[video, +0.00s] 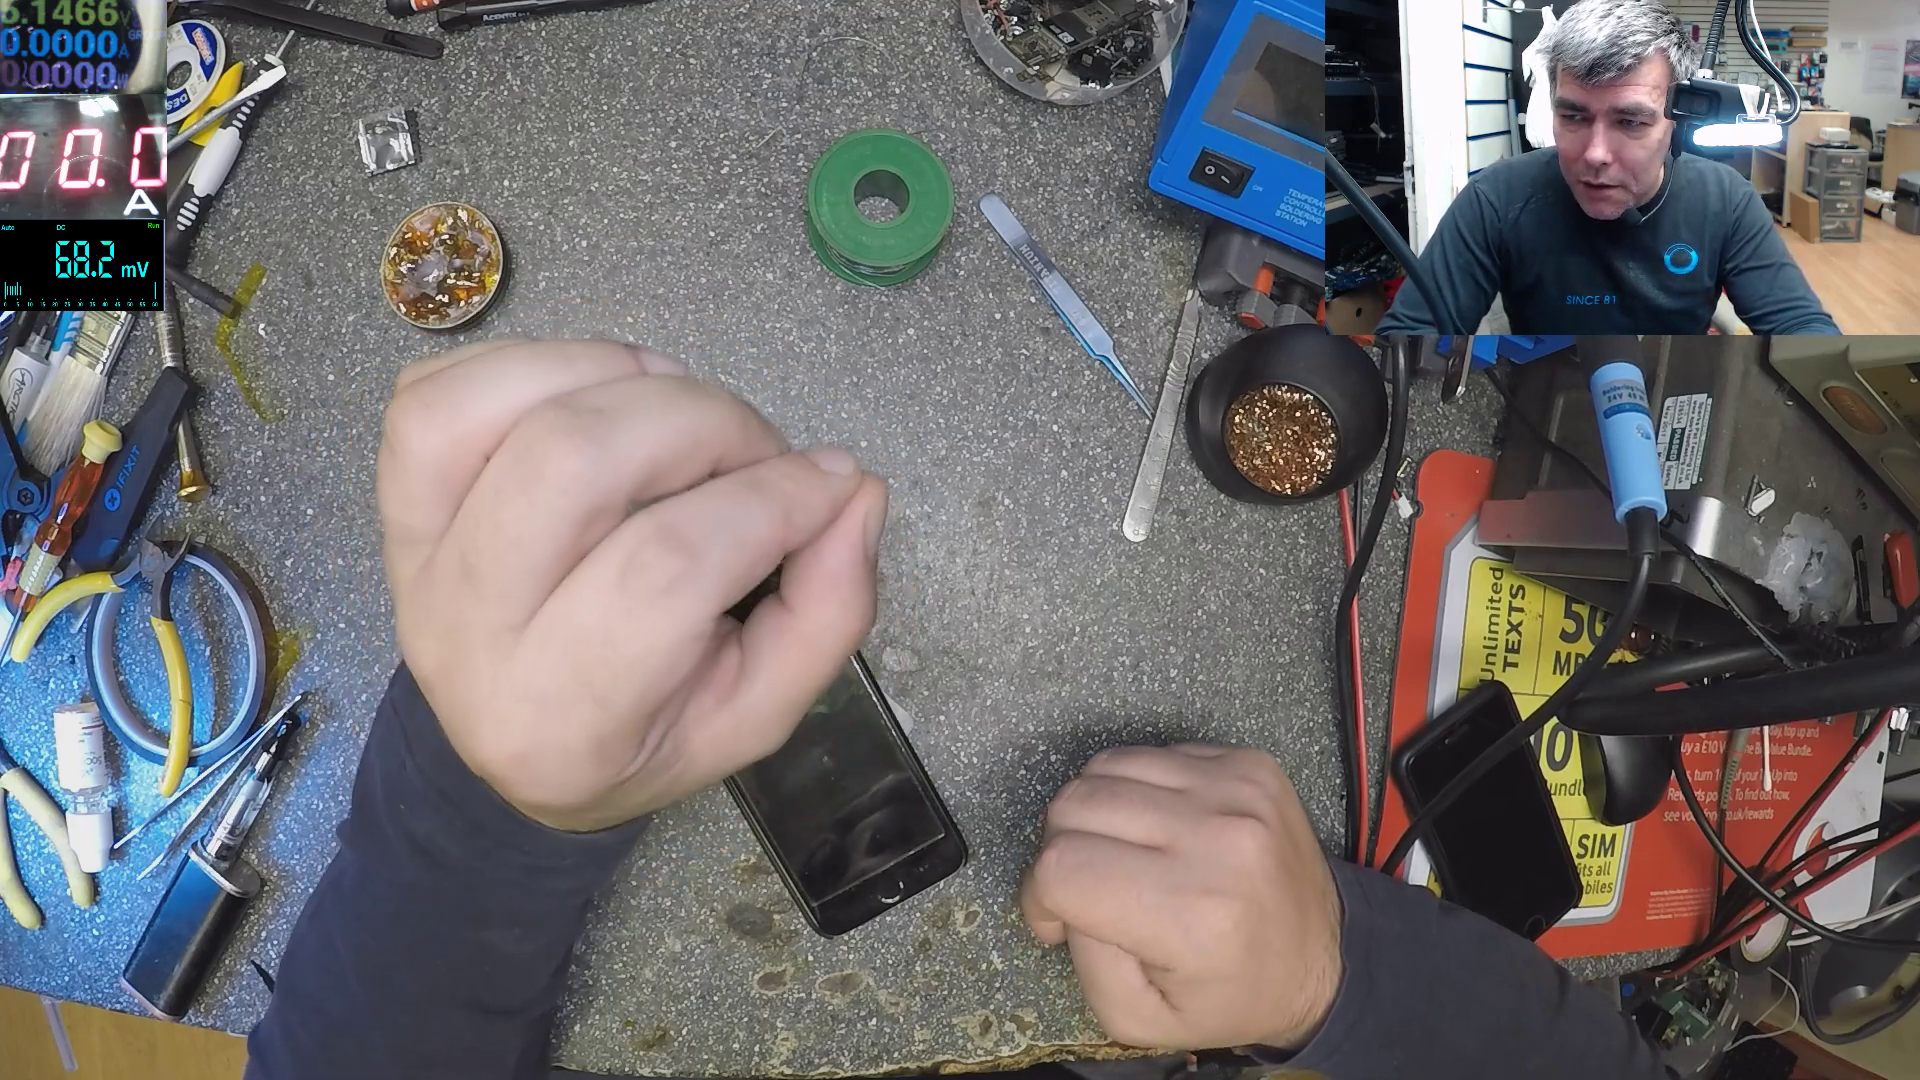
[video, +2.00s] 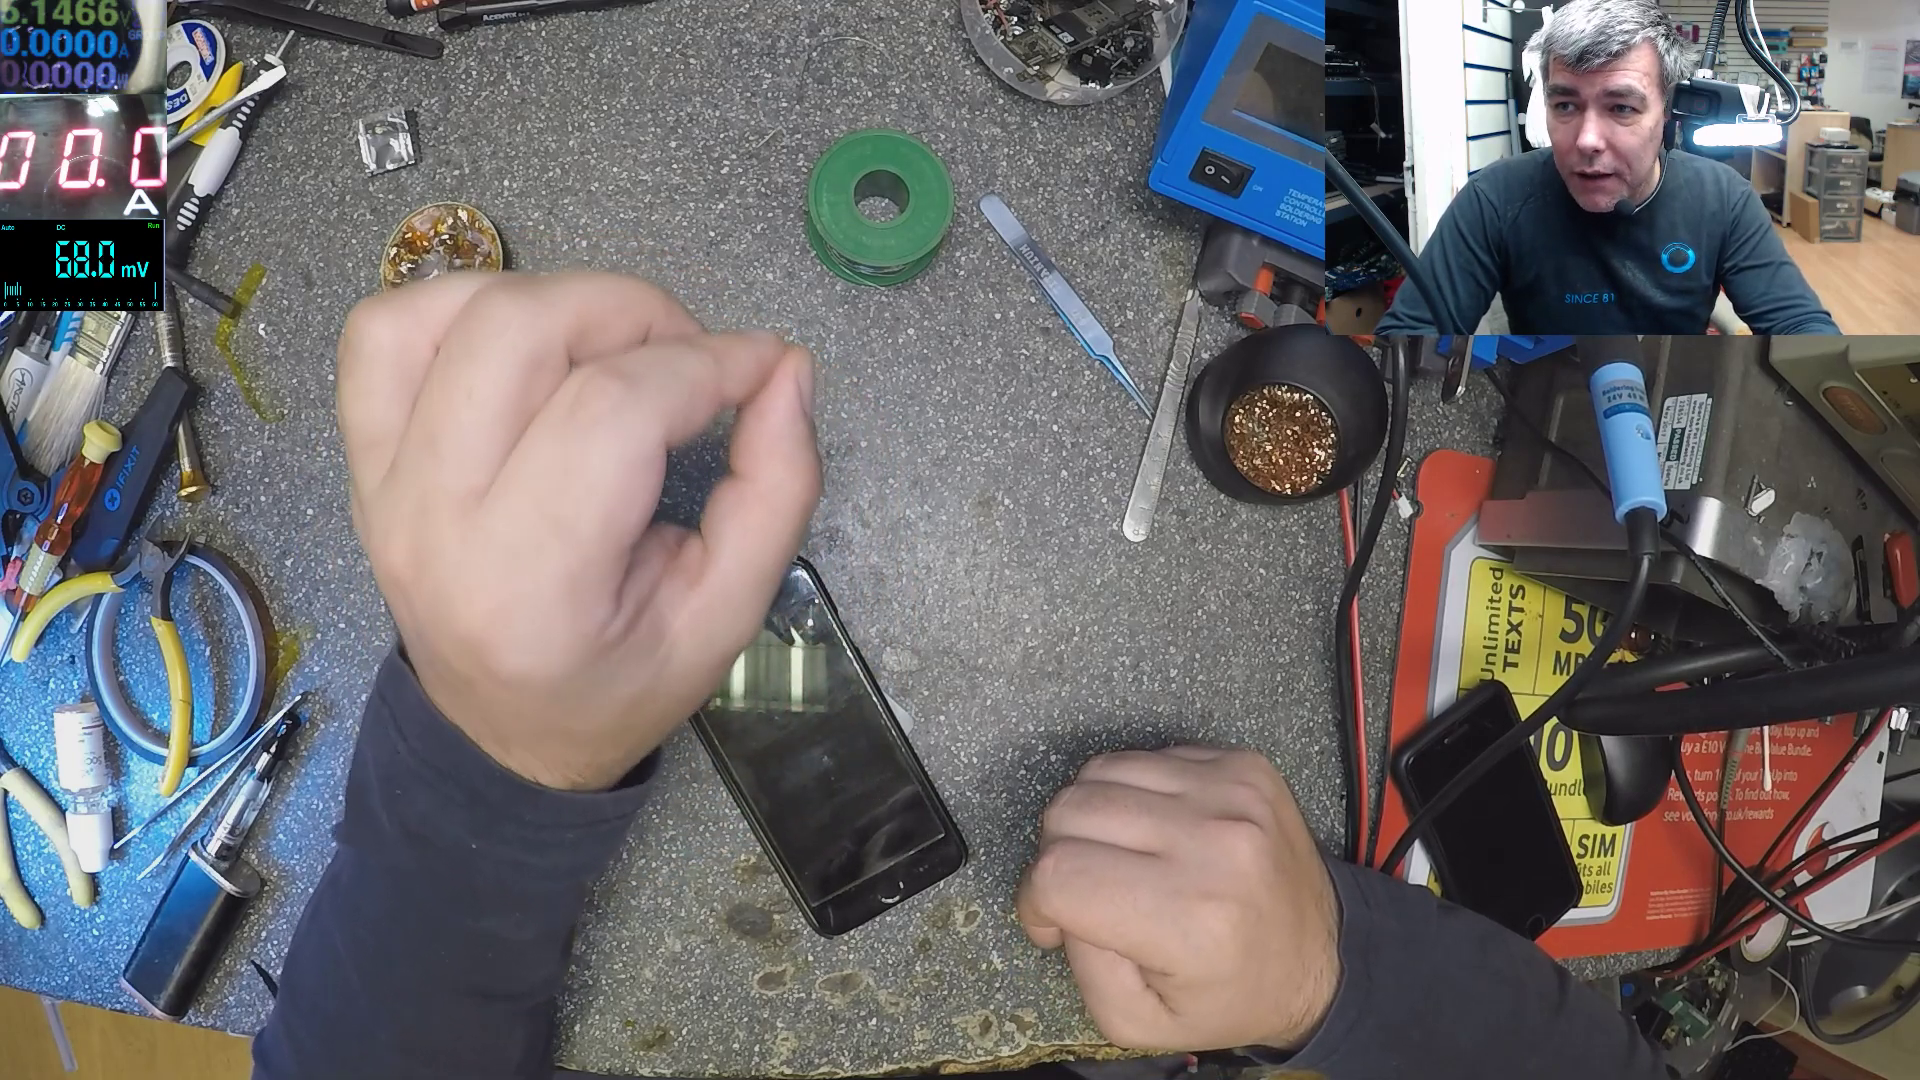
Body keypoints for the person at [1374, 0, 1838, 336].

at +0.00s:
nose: (1596, 155)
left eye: (1631, 122)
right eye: (1575, 116)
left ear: (1671, 118)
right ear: (1549, 109)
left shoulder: (1723, 202)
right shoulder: (1497, 203)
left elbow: (1805, 331)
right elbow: (1406, 335)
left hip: (1680, 420)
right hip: (1544, 421)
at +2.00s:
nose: (1588, 142)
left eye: (1622, 110)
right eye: (1567, 106)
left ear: (1665, 116)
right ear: (1543, 109)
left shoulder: (1720, 199)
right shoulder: (1495, 203)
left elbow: (1802, 329)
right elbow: (1407, 338)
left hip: (1680, 423)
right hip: (1544, 424)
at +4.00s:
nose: (1600, 161)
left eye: (1634, 127)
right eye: (1577, 121)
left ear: (1672, 122)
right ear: (1550, 113)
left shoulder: (1722, 201)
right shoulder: (1497, 203)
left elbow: (1803, 328)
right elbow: (1406, 336)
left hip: (1681, 417)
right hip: (1546, 419)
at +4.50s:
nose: (1636, 169)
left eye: (1665, 135)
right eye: (1609, 130)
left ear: (1691, 126)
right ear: (1568, 117)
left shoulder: (1725, 202)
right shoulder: (1501, 203)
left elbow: (1796, 329)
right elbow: (1406, 334)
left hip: (1681, 420)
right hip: (1547, 420)